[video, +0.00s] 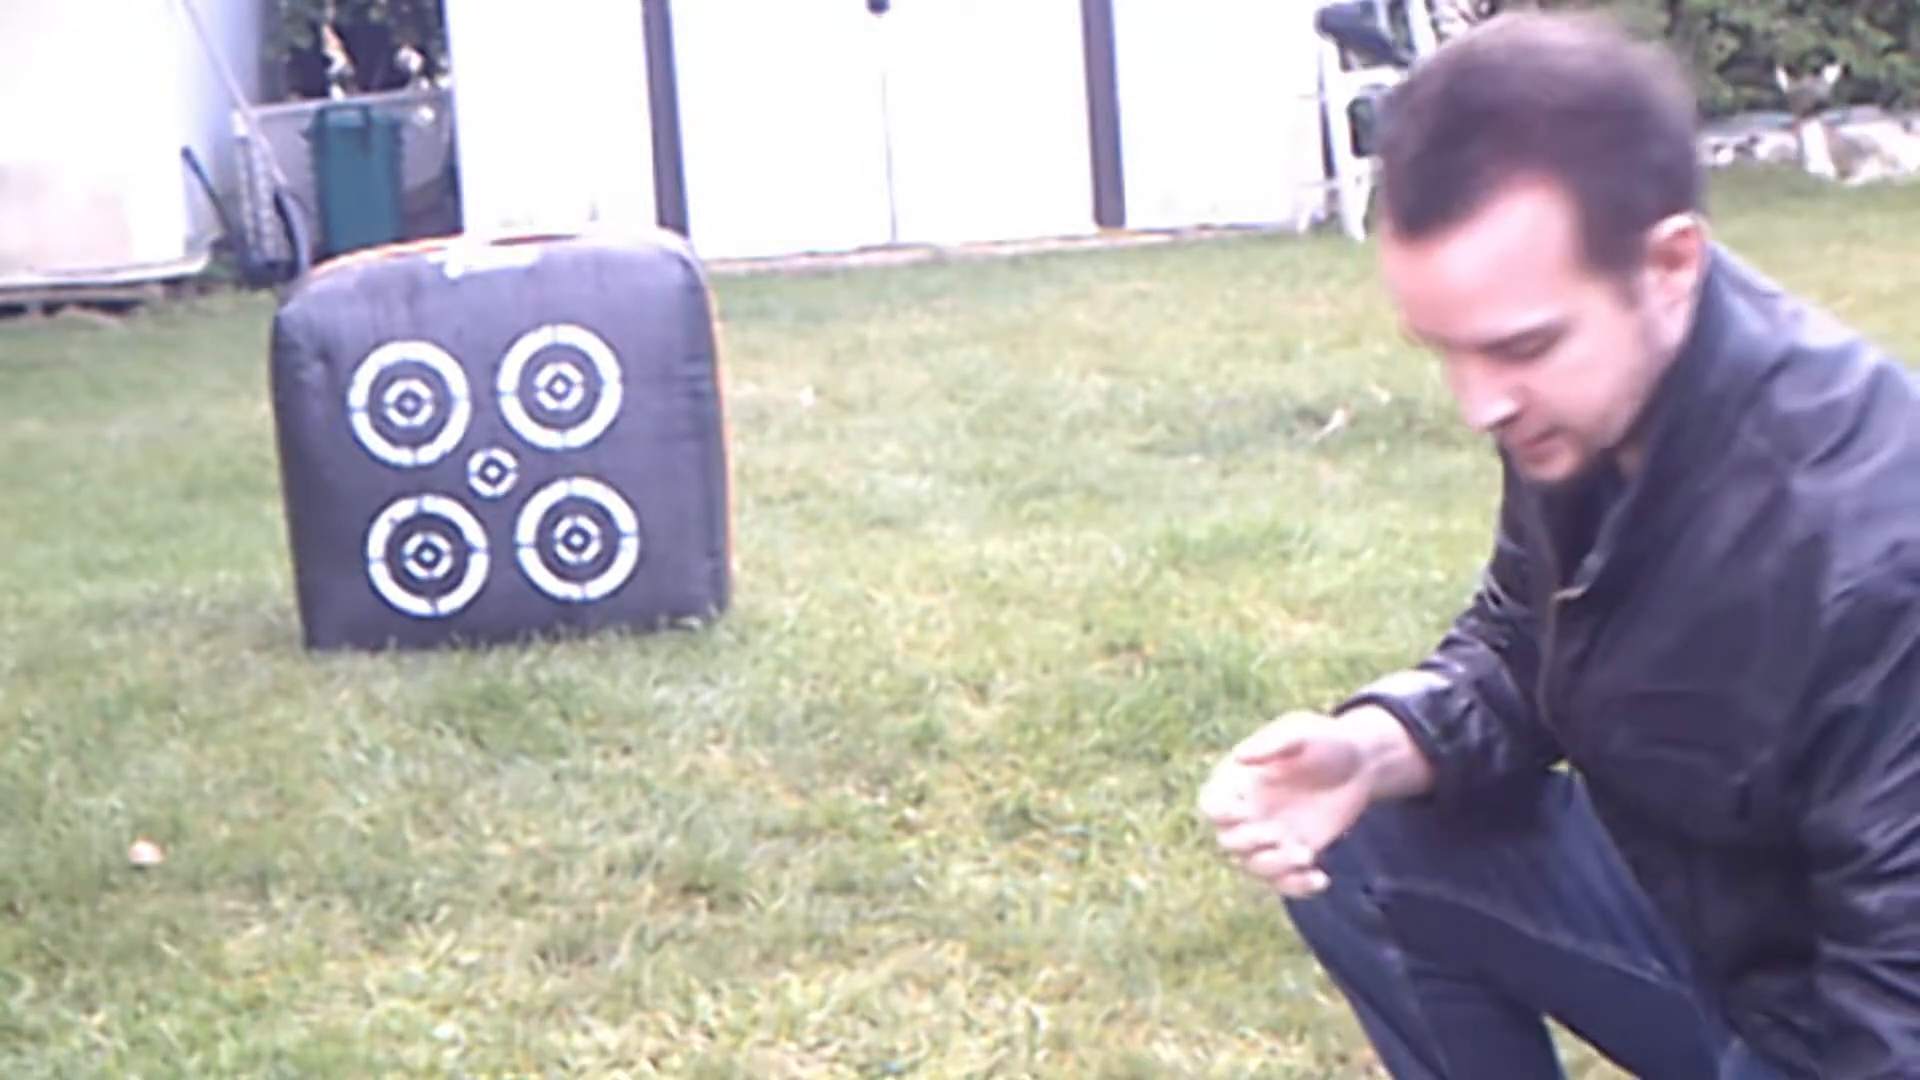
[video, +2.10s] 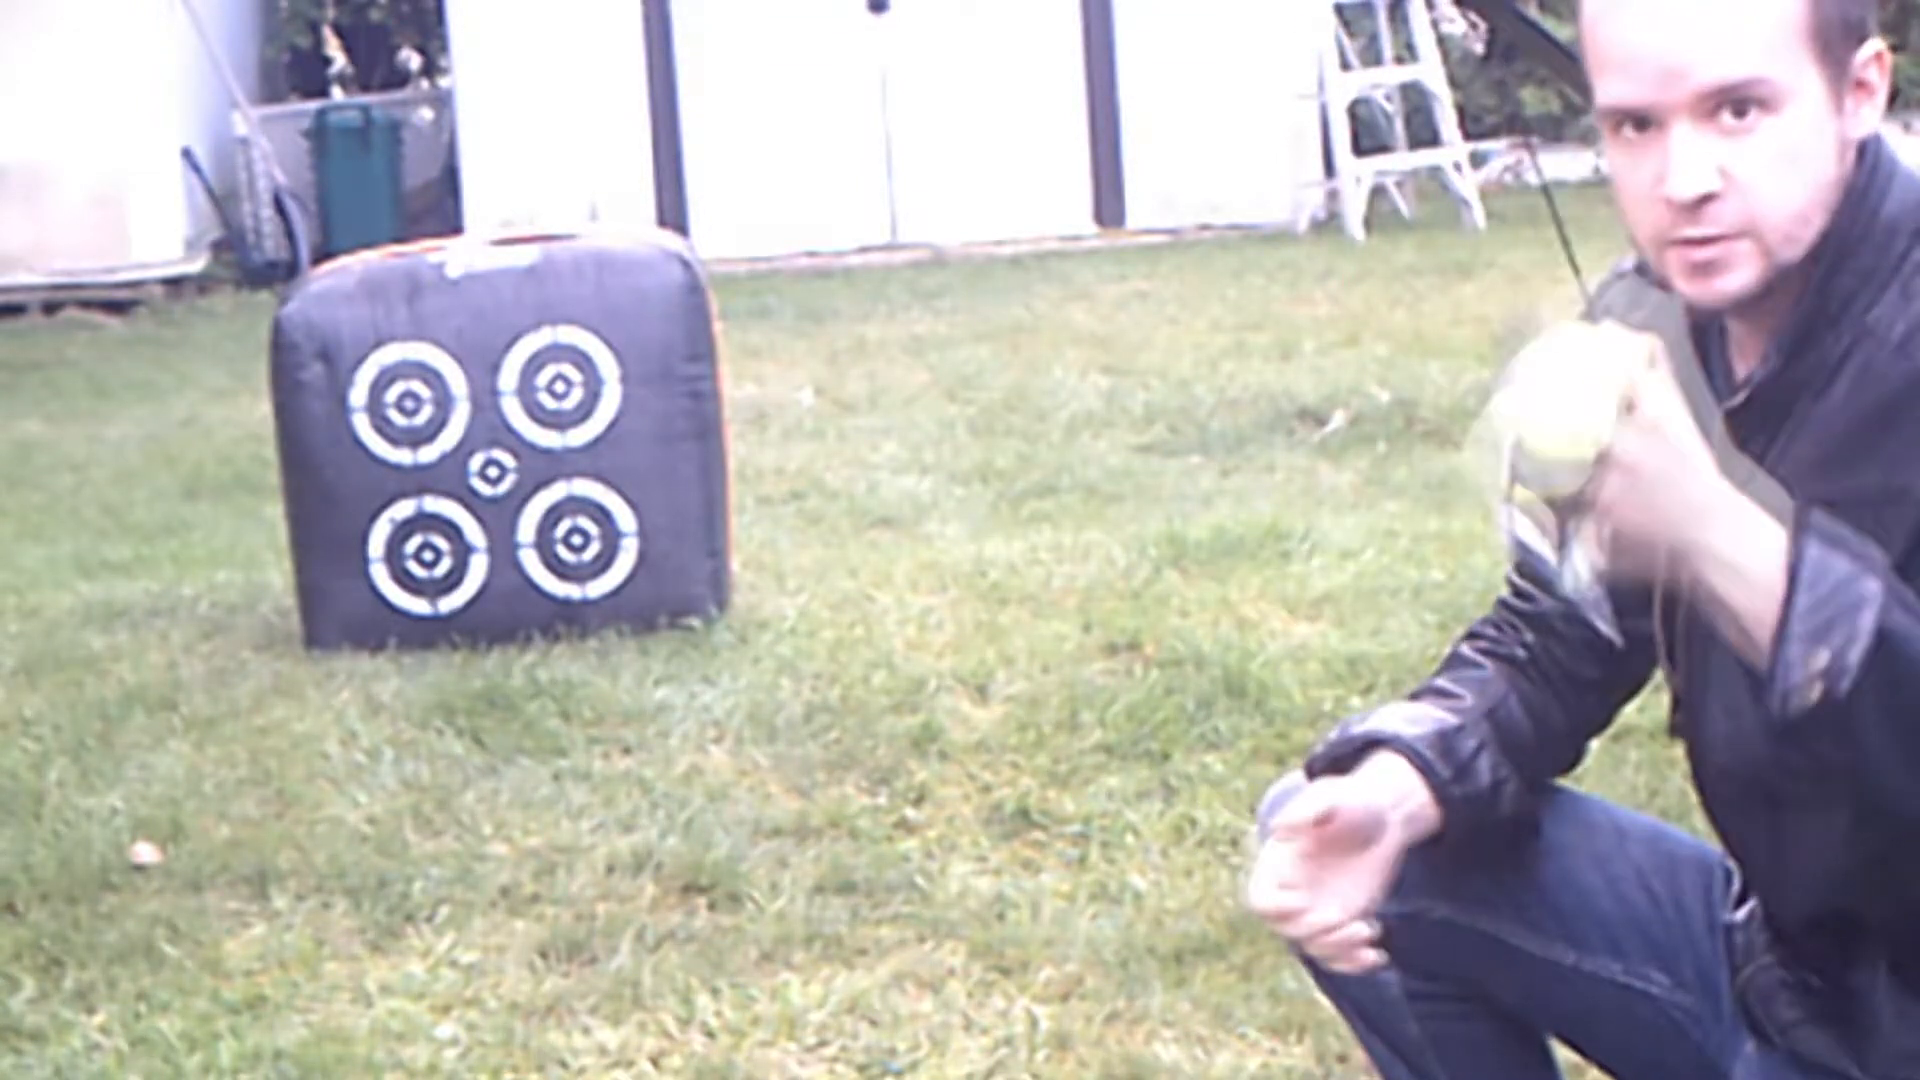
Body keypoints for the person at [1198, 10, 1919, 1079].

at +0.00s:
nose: (1481, 406)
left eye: (1523, 348)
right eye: (1444, 351)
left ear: (1671, 270)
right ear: (1418, 301)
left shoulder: (1879, 541)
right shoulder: (1592, 392)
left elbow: (1893, 1001)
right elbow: (1522, 649)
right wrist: (1373, 751)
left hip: (1843, 1022)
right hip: (1693, 922)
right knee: (1355, 852)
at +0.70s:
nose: (1511, 306)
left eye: (1564, 241)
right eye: (1485, 249)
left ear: (1718, 190)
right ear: (1460, 213)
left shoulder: (1886, 468)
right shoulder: (1592, 365)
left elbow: (1853, 987)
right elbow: (1539, 639)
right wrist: (1370, 752)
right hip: (1690, 905)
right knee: (1358, 852)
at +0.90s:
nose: (1620, 213)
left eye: (1676, 144)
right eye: (1574, 156)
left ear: (1809, 123)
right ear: (1540, 149)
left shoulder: (1900, 387)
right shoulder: (1593, 342)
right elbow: (1542, 642)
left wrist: (1689, 1038)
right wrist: (1377, 758)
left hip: (1877, 973)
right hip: (1706, 900)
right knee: (1344, 843)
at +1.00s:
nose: (1658, 188)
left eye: (1715, 119)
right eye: (1611, 130)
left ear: (1838, 108)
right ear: (1573, 135)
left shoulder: (1901, 368)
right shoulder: (1607, 335)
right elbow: (1542, 630)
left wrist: (1732, 878)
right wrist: (1373, 760)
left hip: (1886, 1028)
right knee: (1391, 909)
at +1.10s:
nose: (1686, 182)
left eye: (1743, 110)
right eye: (1636, 122)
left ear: (1860, 100)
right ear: (1595, 131)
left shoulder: (1901, 362)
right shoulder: (1619, 337)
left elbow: (1895, 782)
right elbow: (1544, 663)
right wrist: (1390, 777)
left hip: (1882, 1035)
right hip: (1751, 942)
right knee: (1362, 868)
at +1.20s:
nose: (1701, 173)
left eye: (1759, 101)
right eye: (1650, 115)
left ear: (1874, 91)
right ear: (1610, 126)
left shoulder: (1902, 334)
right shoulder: (1649, 319)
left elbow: (1896, 671)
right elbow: (1556, 634)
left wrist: (1701, 494)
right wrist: (1387, 778)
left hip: (1885, 1036)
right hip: (1767, 941)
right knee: (1366, 870)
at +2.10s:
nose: (1683, 183)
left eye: (1738, 111)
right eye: (1635, 125)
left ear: (1862, 94)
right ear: (1598, 132)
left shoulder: (1905, 338)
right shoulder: (1646, 322)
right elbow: (1555, 637)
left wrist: (1712, 530)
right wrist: (1407, 781)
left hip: (1883, 1047)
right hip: (1766, 945)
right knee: (1360, 852)